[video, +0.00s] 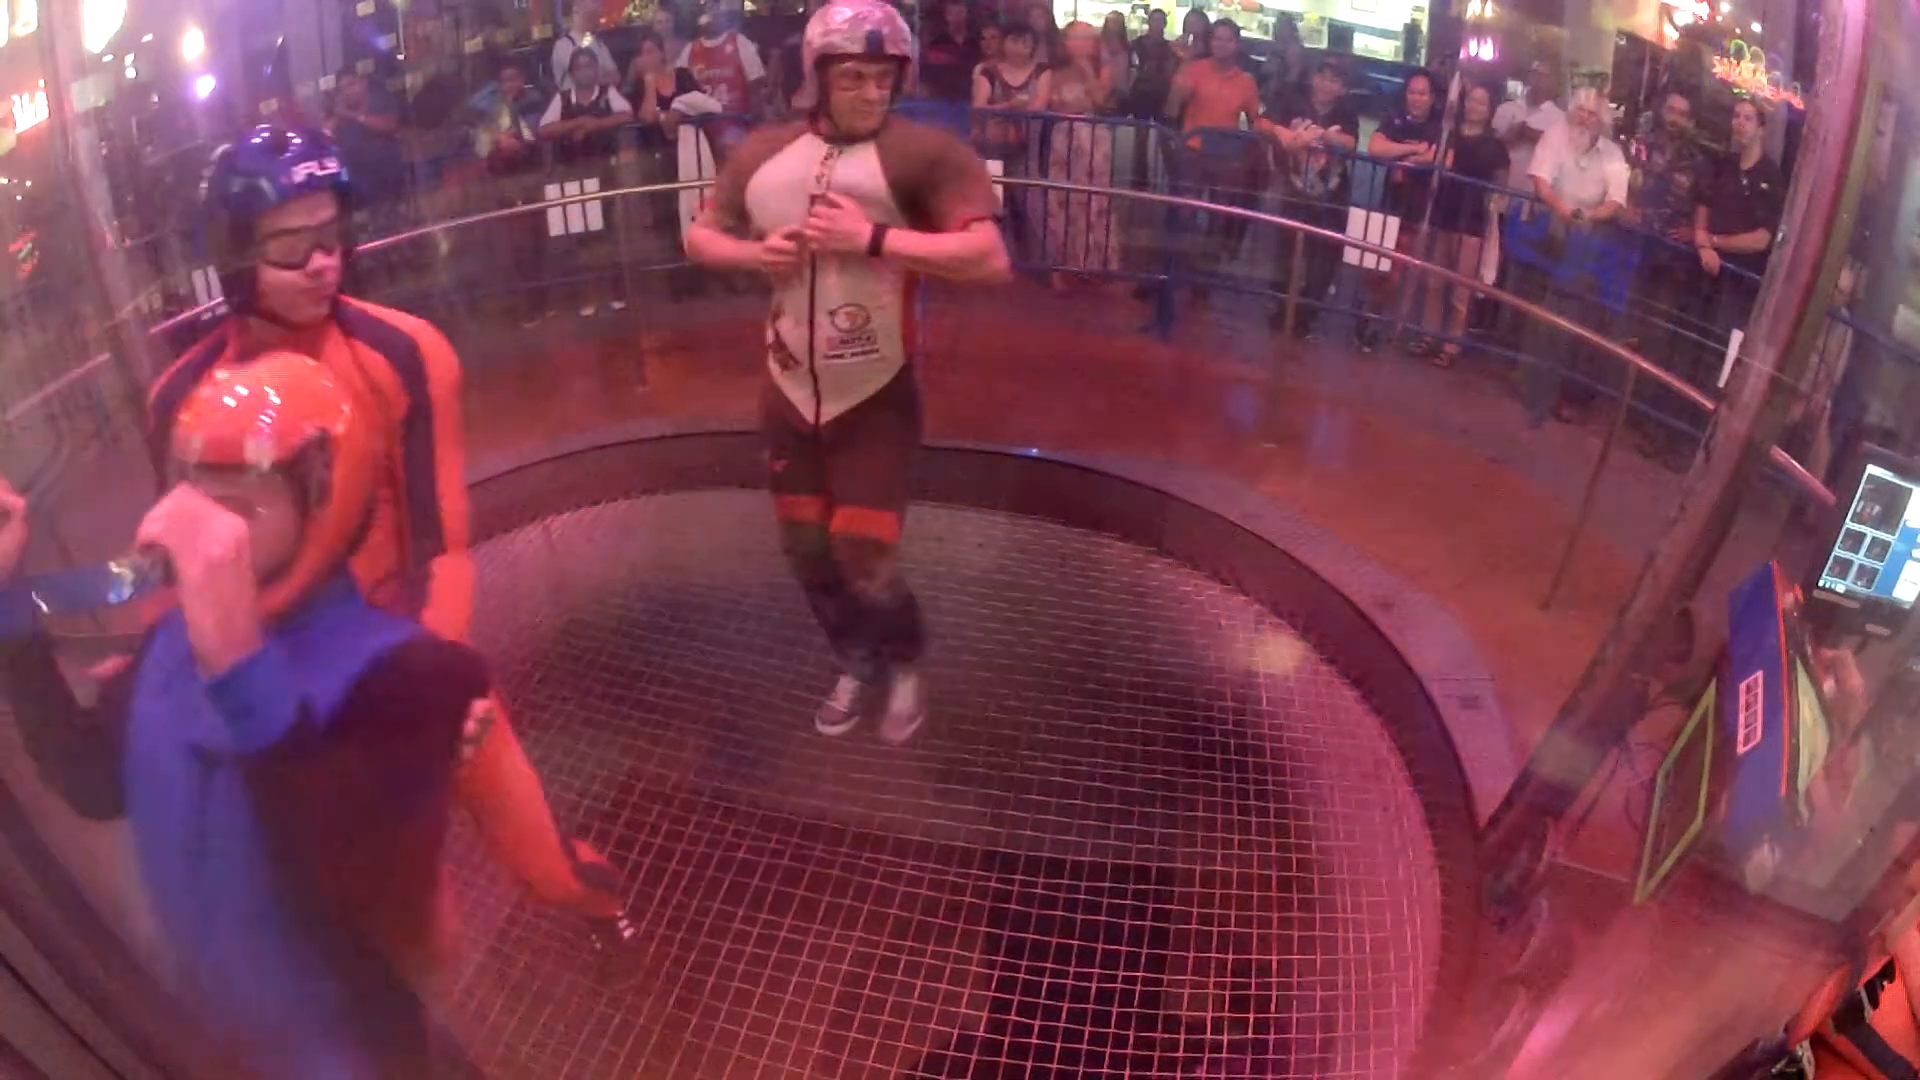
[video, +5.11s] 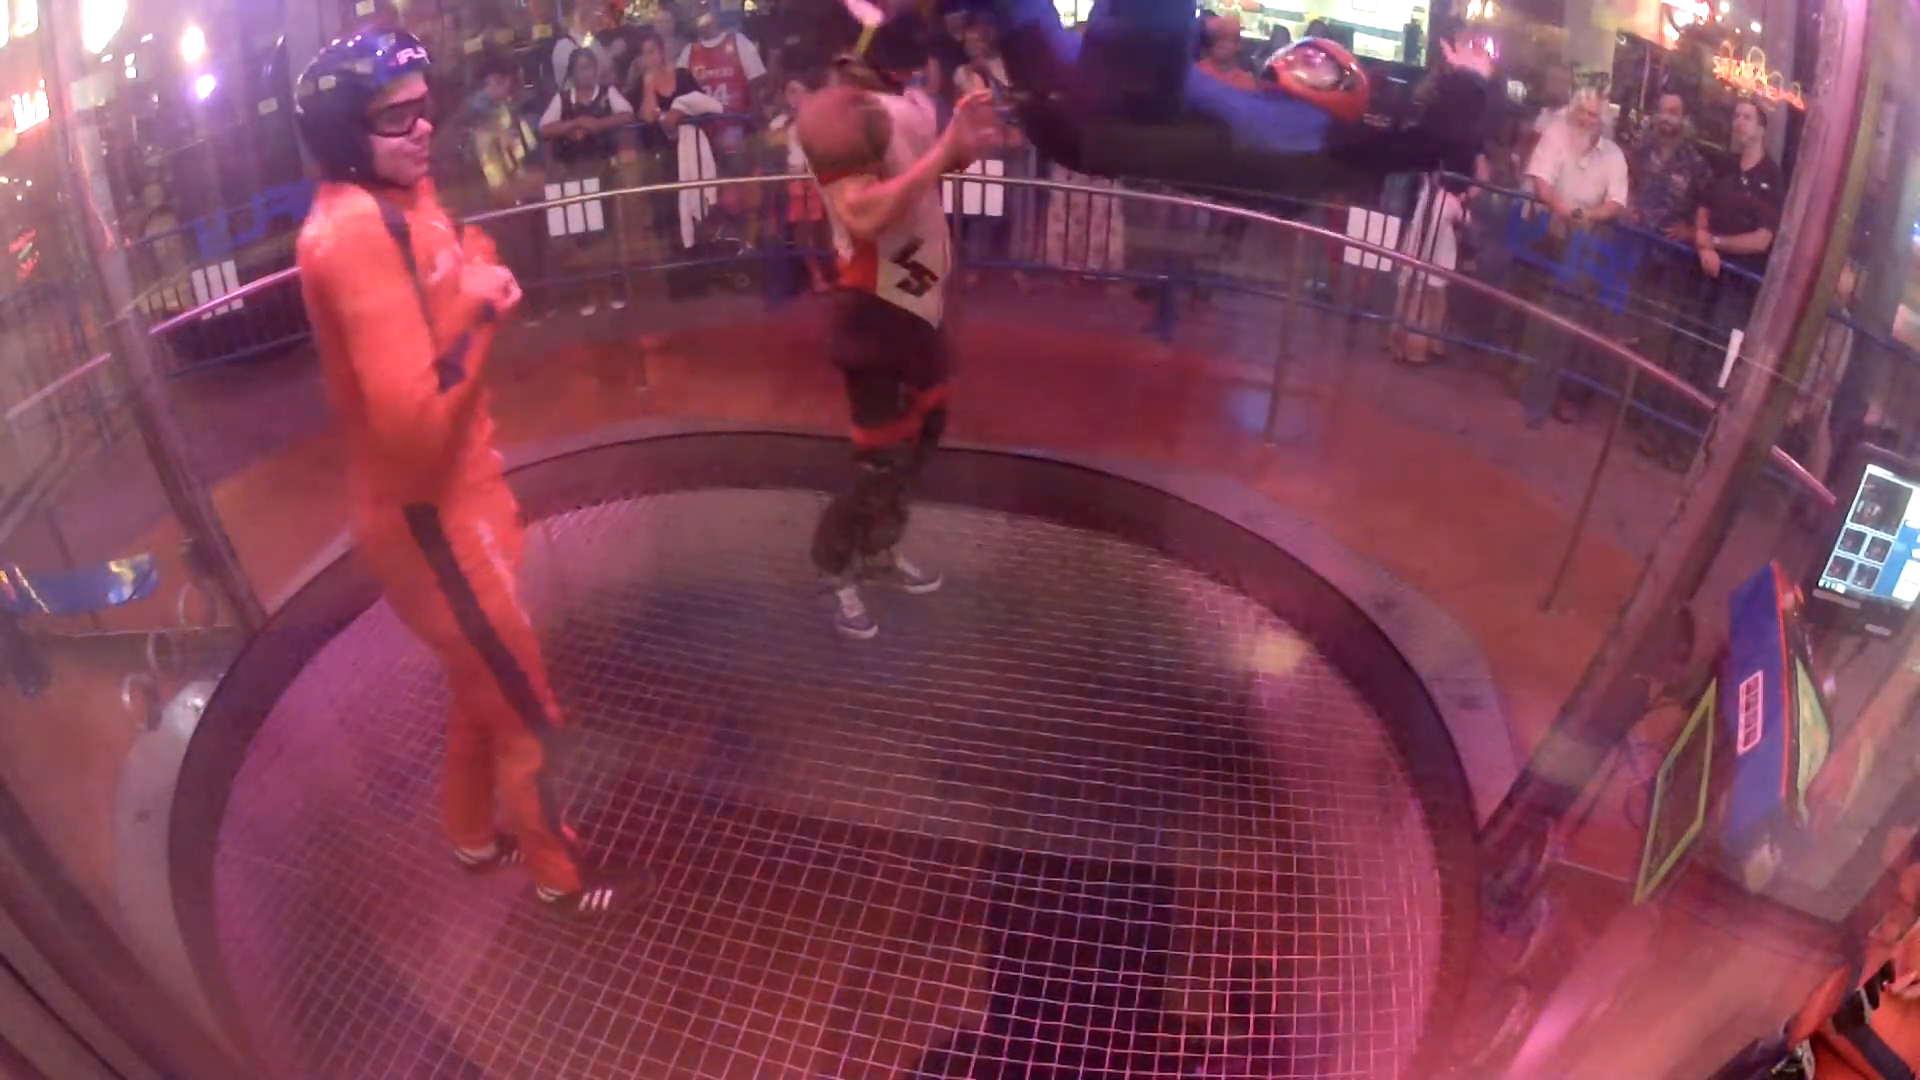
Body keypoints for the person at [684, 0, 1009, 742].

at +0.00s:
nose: (869, 91)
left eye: (882, 77)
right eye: (852, 77)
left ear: (897, 81)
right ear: (821, 79)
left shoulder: (926, 155)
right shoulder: (765, 154)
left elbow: (990, 258)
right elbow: (697, 238)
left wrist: (872, 237)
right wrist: (754, 252)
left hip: (877, 391)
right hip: (789, 390)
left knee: (862, 560)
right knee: (805, 549)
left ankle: (903, 662)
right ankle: (854, 664)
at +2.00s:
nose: (783, 102)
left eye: (796, 89)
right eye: (769, 90)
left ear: (821, 80)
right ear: (751, 86)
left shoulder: (873, 132)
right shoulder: (724, 146)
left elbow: (959, 190)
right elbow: (658, 222)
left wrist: (896, 198)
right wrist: (731, 235)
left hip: (858, 339)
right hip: (776, 346)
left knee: (887, 490)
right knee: (779, 492)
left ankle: (890, 599)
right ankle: (797, 599)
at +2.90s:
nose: (865, 91)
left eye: (877, 77)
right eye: (851, 80)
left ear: (893, 68)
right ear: (824, 74)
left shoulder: (926, 113)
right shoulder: (791, 137)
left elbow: (997, 157)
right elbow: (748, 235)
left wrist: (963, 181)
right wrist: (827, 253)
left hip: (919, 312)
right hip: (844, 317)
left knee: (923, 455)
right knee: (849, 456)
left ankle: (901, 580)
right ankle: (818, 583)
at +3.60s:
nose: (913, 75)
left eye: (920, 62)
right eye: (899, 62)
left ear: (928, 58)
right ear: (859, 59)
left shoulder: (919, 108)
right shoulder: (808, 119)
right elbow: (803, 238)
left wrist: (944, 164)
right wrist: (898, 197)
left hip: (916, 308)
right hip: (851, 317)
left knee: (927, 421)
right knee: (862, 432)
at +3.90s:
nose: (894, 74)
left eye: (902, 63)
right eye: (882, 61)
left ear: (909, 63)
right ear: (848, 59)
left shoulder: (895, 115)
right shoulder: (804, 124)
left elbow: (882, 200)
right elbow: (766, 239)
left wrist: (917, 188)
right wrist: (871, 248)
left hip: (901, 299)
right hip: (833, 307)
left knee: (924, 430)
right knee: (843, 451)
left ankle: (899, 537)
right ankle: (826, 573)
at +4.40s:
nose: (872, 64)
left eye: (874, 52)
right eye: (857, 54)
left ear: (878, 56)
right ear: (824, 60)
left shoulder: (886, 119)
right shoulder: (799, 122)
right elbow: (834, 219)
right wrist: (929, 162)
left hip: (901, 312)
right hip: (844, 318)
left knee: (925, 436)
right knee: (860, 459)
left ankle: (869, 546)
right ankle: (828, 573)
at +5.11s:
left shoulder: (914, 116)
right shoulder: (837, 131)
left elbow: (946, 164)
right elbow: (863, 217)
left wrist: (968, 138)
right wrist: (946, 151)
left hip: (922, 316)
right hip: (872, 318)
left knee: (921, 441)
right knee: (883, 460)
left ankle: (880, 549)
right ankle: (833, 569)